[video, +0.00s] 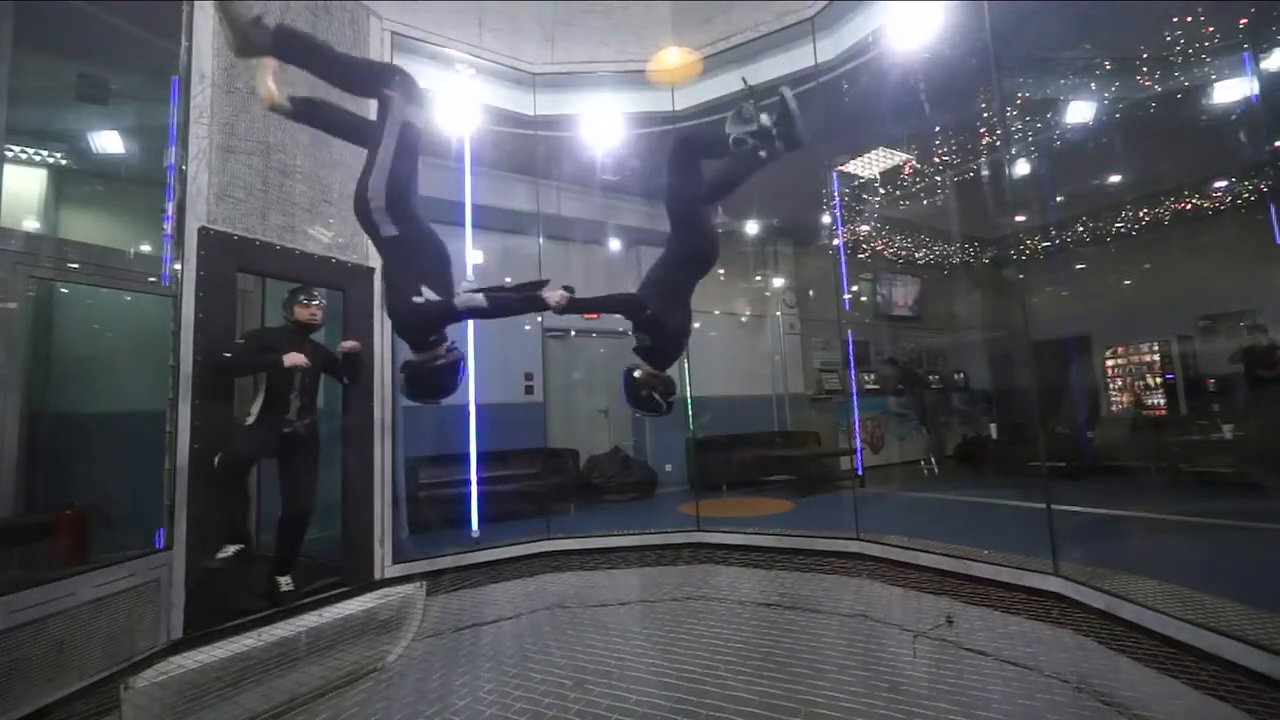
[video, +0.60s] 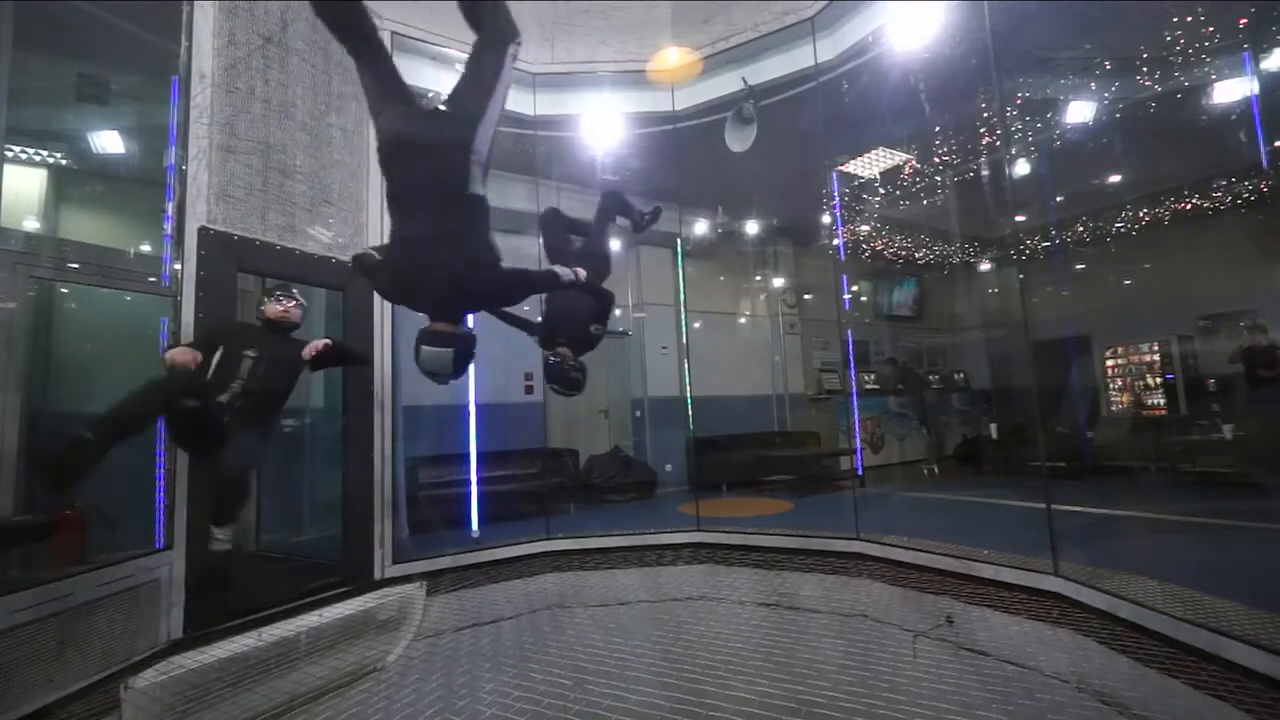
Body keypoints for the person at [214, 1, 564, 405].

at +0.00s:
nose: (447, 355)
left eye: (443, 361)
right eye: (451, 364)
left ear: (432, 361)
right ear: (443, 359)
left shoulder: (418, 322)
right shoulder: (421, 322)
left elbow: (477, 306)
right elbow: (482, 301)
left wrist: (537, 298)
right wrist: (540, 294)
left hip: (385, 218)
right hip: (395, 222)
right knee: (386, 142)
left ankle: (258, 34)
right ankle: (287, 104)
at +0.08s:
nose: (447, 351)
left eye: (441, 357)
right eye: (450, 358)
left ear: (426, 358)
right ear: (442, 355)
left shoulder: (417, 322)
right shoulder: (421, 320)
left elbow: (483, 304)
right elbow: (478, 298)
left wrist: (548, 298)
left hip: (377, 209)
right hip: (397, 216)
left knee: (344, 55)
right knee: (367, 122)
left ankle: (266, 14)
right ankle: (272, 84)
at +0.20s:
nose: (438, 348)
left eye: (425, 363)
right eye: (436, 361)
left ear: (425, 355)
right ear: (434, 356)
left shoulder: (431, 311)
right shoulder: (402, 308)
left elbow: (507, 296)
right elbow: (470, 283)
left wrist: (563, 295)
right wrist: (510, 285)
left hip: (390, 192)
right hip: (369, 195)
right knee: (343, 93)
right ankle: (254, 48)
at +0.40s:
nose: (436, 344)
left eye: (432, 349)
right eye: (440, 349)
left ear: (426, 346)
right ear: (438, 345)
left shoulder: (452, 302)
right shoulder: (384, 295)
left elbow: (517, 290)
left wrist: (567, 289)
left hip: (421, 178)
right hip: (373, 184)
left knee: (457, 49)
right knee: (356, 80)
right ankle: (259, 3)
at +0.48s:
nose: (448, 339)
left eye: (439, 350)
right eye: (447, 350)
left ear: (426, 342)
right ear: (440, 341)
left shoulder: (468, 297)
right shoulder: (384, 291)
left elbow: (530, 284)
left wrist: (574, 282)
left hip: (437, 158)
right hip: (376, 160)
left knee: (476, 44)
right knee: (351, 60)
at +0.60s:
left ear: (463, 345)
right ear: (426, 343)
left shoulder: (484, 291)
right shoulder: (396, 288)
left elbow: (536, 280)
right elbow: (363, 261)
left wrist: (573, 276)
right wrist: (368, 263)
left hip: (460, 151)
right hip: (397, 148)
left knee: (498, 36)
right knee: (365, 48)